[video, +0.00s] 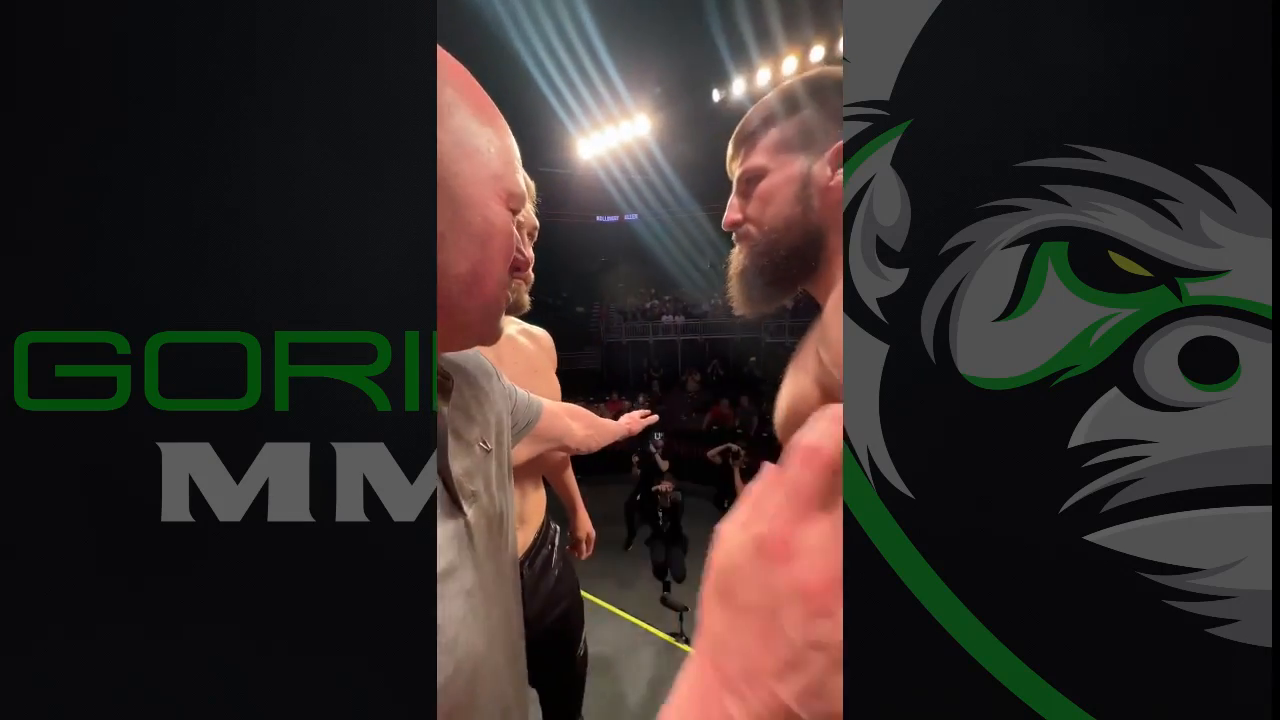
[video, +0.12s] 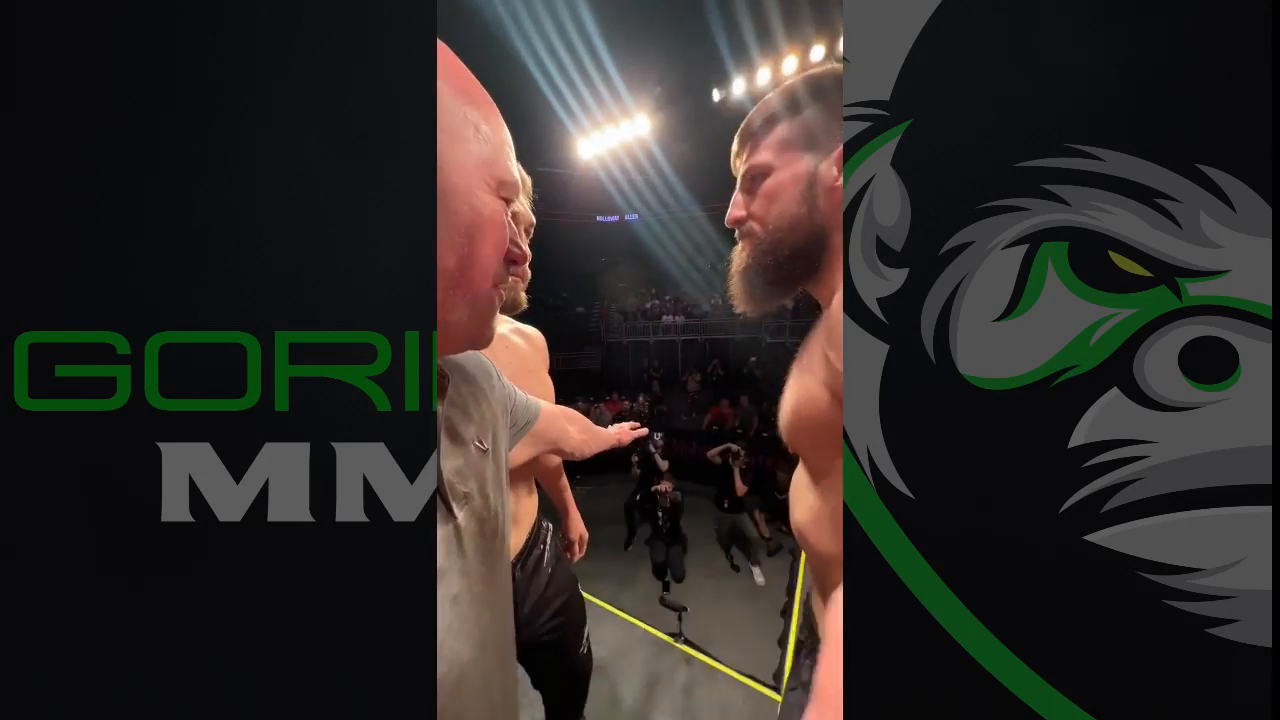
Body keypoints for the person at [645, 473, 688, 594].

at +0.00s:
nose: (666, 489)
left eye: (669, 487)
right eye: (663, 486)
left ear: (673, 488)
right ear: (658, 487)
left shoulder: (676, 500)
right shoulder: (652, 500)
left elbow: (677, 517)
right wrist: (656, 491)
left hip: (674, 538)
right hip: (657, 538)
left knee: (679, 577)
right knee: (659, 570)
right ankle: (665, 583)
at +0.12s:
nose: (665, 489)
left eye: (668, 486)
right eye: (662, 485)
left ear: (672, 488)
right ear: (657, 487)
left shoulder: (676, 499)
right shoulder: (651, 501)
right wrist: (653, 491)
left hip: (674, 537)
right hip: (657, 537)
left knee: (678, 577)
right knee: (659, 570)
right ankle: (664, 583)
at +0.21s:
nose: (665, 489)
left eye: (668, 486)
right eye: (662, 485)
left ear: (672, 488)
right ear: (658, 487)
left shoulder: (676, 499)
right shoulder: (651, 501)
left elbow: (677, 514)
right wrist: (653, 491)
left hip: (674, 538)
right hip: (657, 537)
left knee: (678, 576)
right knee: (659, 568)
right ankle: (664, 582)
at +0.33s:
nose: (665, 489)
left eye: (668, 486)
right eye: (662, 486)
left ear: (673, 488)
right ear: (657, 488)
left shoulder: (676, 499)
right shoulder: (652, 501)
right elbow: (640, 500)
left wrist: (669, 495)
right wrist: (654, 490)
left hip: (675, 538)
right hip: (657, 538)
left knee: (679, 577)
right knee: (659, 568)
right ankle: (665, 583)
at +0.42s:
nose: (666, 487)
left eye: (669, 484)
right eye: (664, 484)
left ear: (674, 486)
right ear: (659, 485)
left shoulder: (677, 498)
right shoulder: (653, 499)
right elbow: (640, 501)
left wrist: (669, 494)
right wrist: (654, 490)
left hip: (675, 537)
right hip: (658, 537)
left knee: (679, 576)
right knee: (659, 563)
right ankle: (665, 581)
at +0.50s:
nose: (667, 488)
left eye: (670, 485)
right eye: (664, 485)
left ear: (674, 487)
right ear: (660, 487)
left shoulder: (678, 499)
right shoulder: (654, 501)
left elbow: (681, 510)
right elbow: (641, 500)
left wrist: (672, 493)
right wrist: (655, 489)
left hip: (676, 538)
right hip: (659, 537)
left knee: (680, 577)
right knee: (660, 563)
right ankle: (666, 579)